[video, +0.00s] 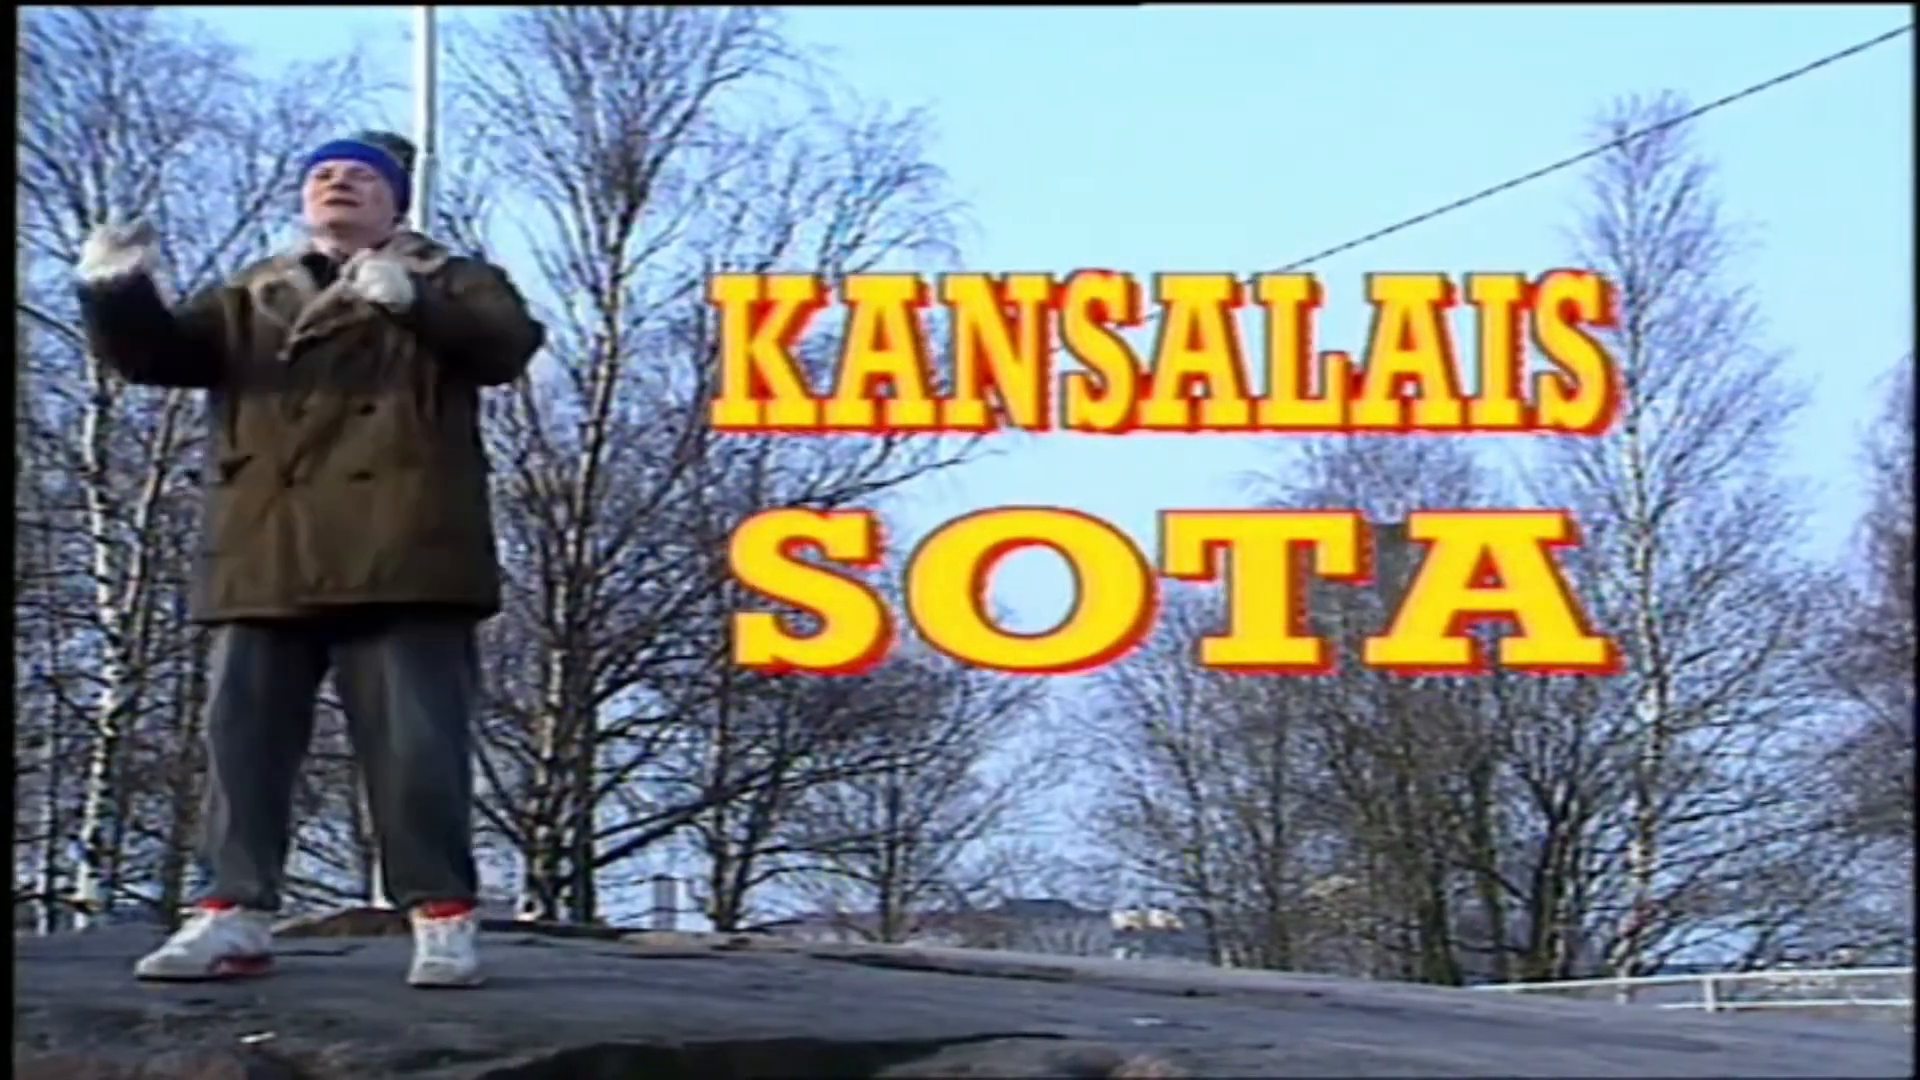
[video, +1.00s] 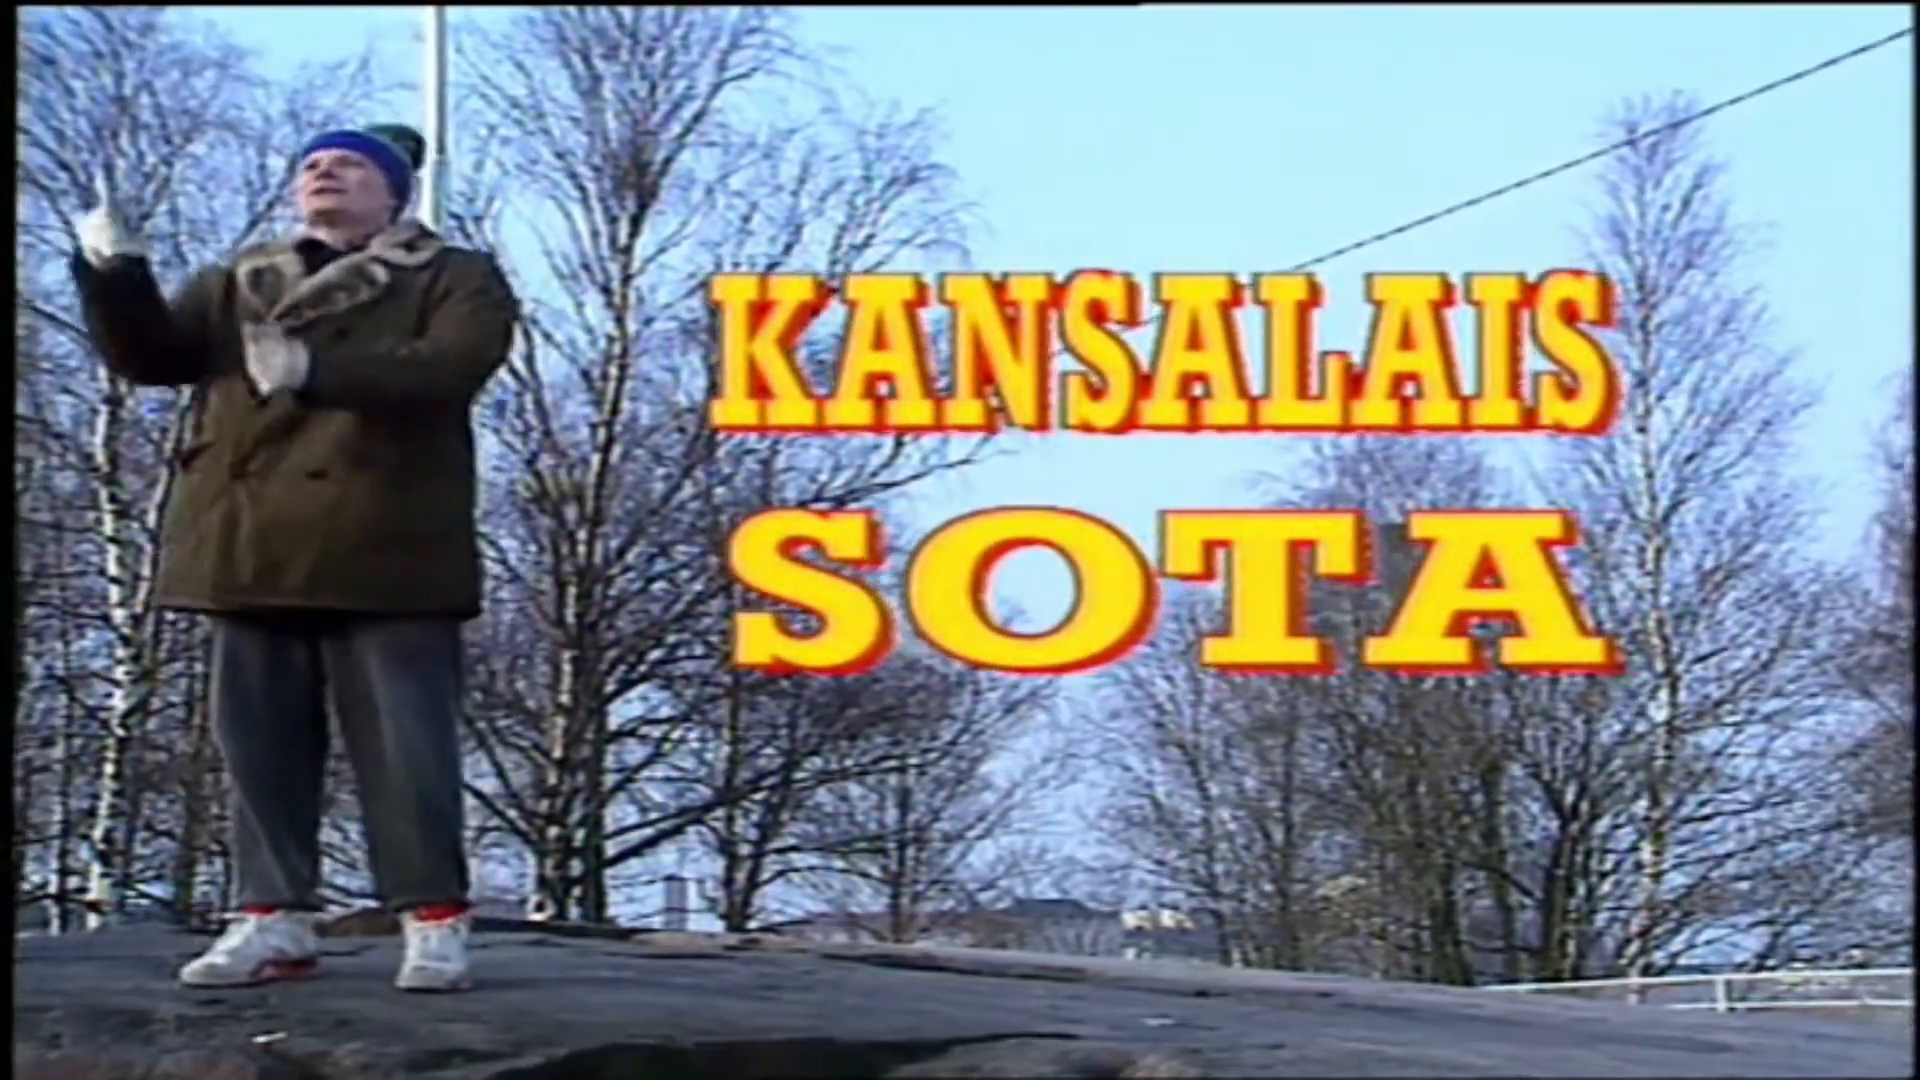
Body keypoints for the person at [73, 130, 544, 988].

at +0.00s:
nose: (335, 184)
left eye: (357, 175)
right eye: (322, 175)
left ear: (399, 204)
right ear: (299, 204)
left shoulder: (449, 279)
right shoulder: (255, 294)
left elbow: (509, 344)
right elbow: (158, 352)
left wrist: (417, 295)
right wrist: (118, 291)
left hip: (406, 553)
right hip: (266, 556)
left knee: (416, 742)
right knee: (241, 730)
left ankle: (441, 916)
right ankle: (238, 913)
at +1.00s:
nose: (321, 172)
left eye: (345, 163)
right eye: (310, 166)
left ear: (396, 193)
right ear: (292, 198)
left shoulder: (456, 275)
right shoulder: (246, 280)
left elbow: (447, 373)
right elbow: (151, 355)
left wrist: (315, 365)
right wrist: (114, 272)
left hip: (391, 561)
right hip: (253, 560)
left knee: (405, 747)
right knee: (259, 745)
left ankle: (434, 920)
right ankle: (276, 918)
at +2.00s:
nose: (349, 178)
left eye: (373, 170)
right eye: (337, 169)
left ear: (420, 198)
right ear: (319, 196)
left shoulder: (459, 269)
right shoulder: (263, 291)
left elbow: (495, 317)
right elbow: (210, 394)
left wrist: (360, 263)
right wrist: (219, 452)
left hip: (413, 545)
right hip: (284, 549)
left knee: (421, 741)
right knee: (280, 741)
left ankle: (446, 919)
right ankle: (290, 918)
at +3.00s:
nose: (365, 176)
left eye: (391, 167)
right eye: (358, 171)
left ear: (441, 208)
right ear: (340, 207)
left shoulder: (490, 279)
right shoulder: (290, 281)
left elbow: (480, 358)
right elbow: (183, 374)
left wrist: (339, 349)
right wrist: (182, 326)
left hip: (423, 553)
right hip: (294, 554)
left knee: (432, 740)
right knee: (291, 738)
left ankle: (457, 920)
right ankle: (299, 918)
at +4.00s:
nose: (372, 171)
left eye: (396, 162)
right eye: (374, 164)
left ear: (448, 196)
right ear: (372, 198)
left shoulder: (516, 287)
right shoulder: (303, 283)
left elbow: (503, 388)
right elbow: (164, 309)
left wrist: (382, 395)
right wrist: (169, 202)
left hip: (438, 567)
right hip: (309, 565)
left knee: (444, 750)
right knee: (302, 745)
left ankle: (462, 921)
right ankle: (304, 920)